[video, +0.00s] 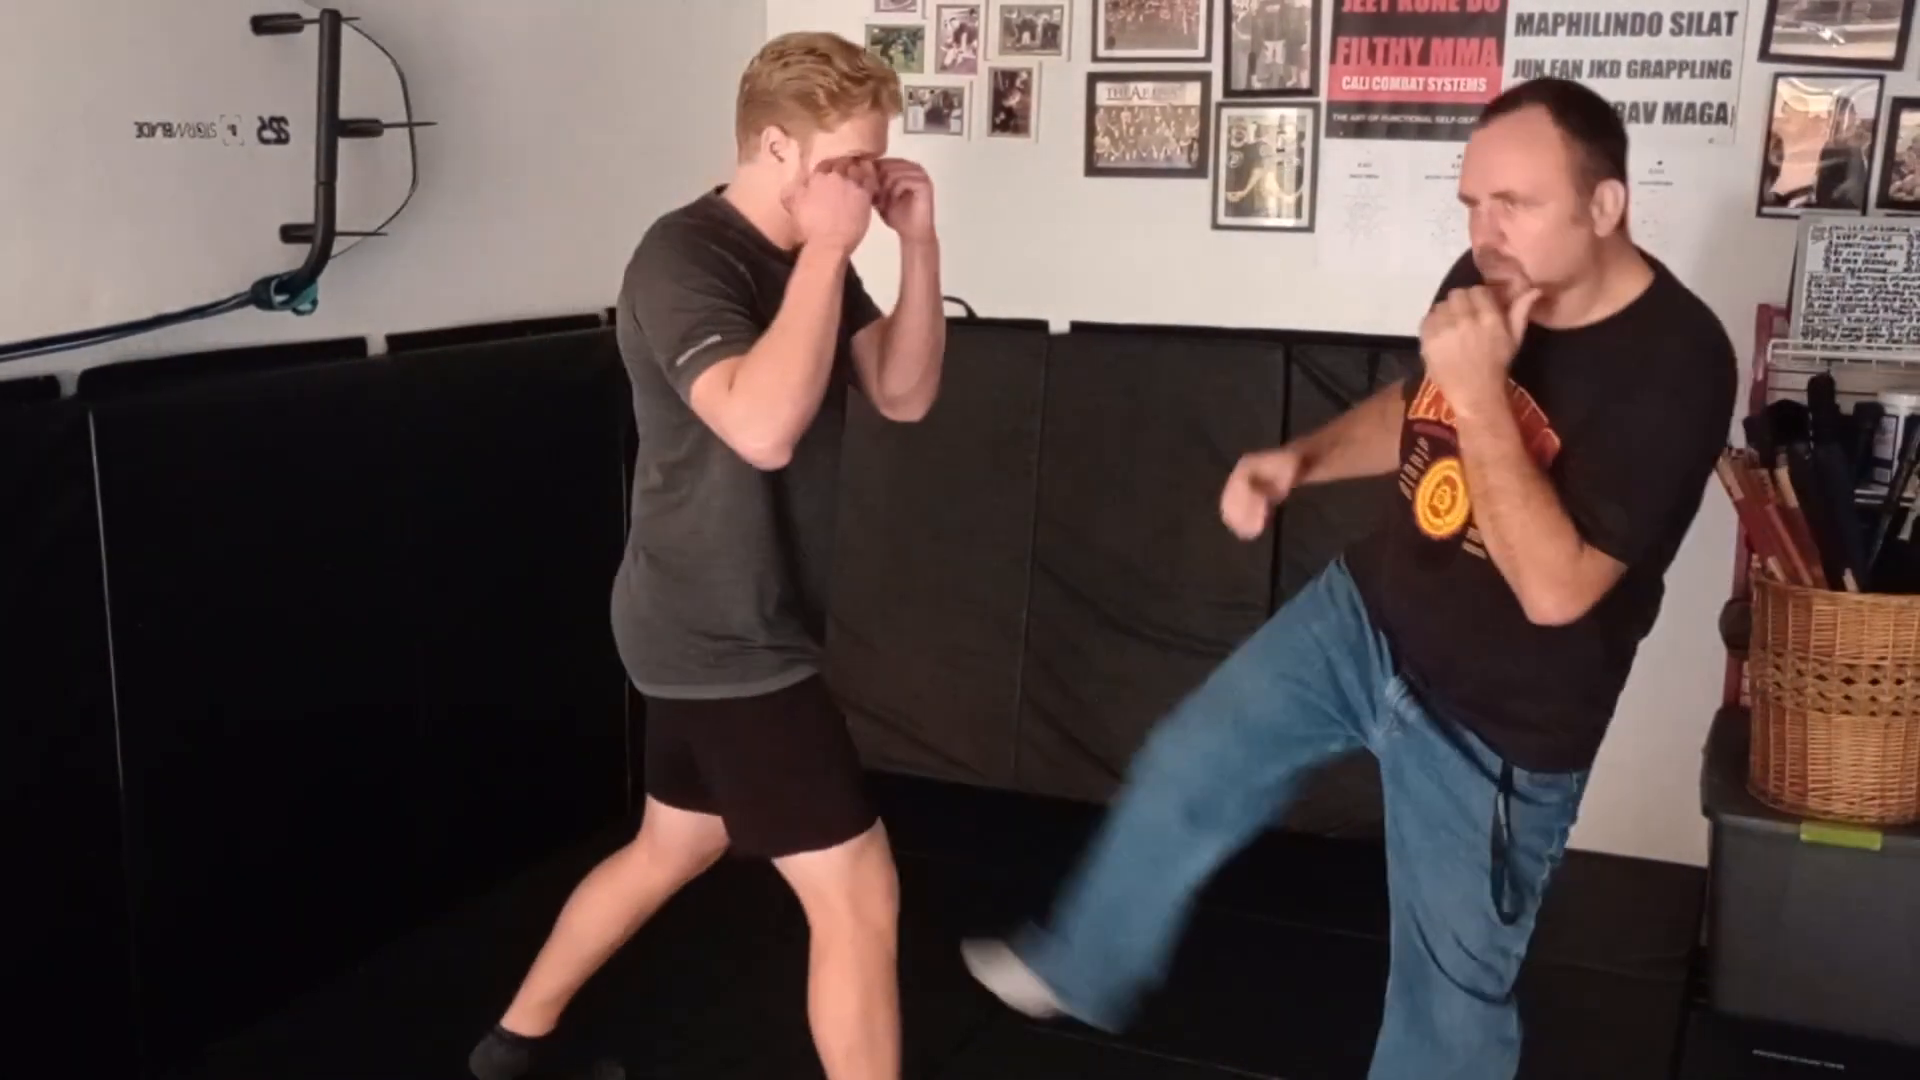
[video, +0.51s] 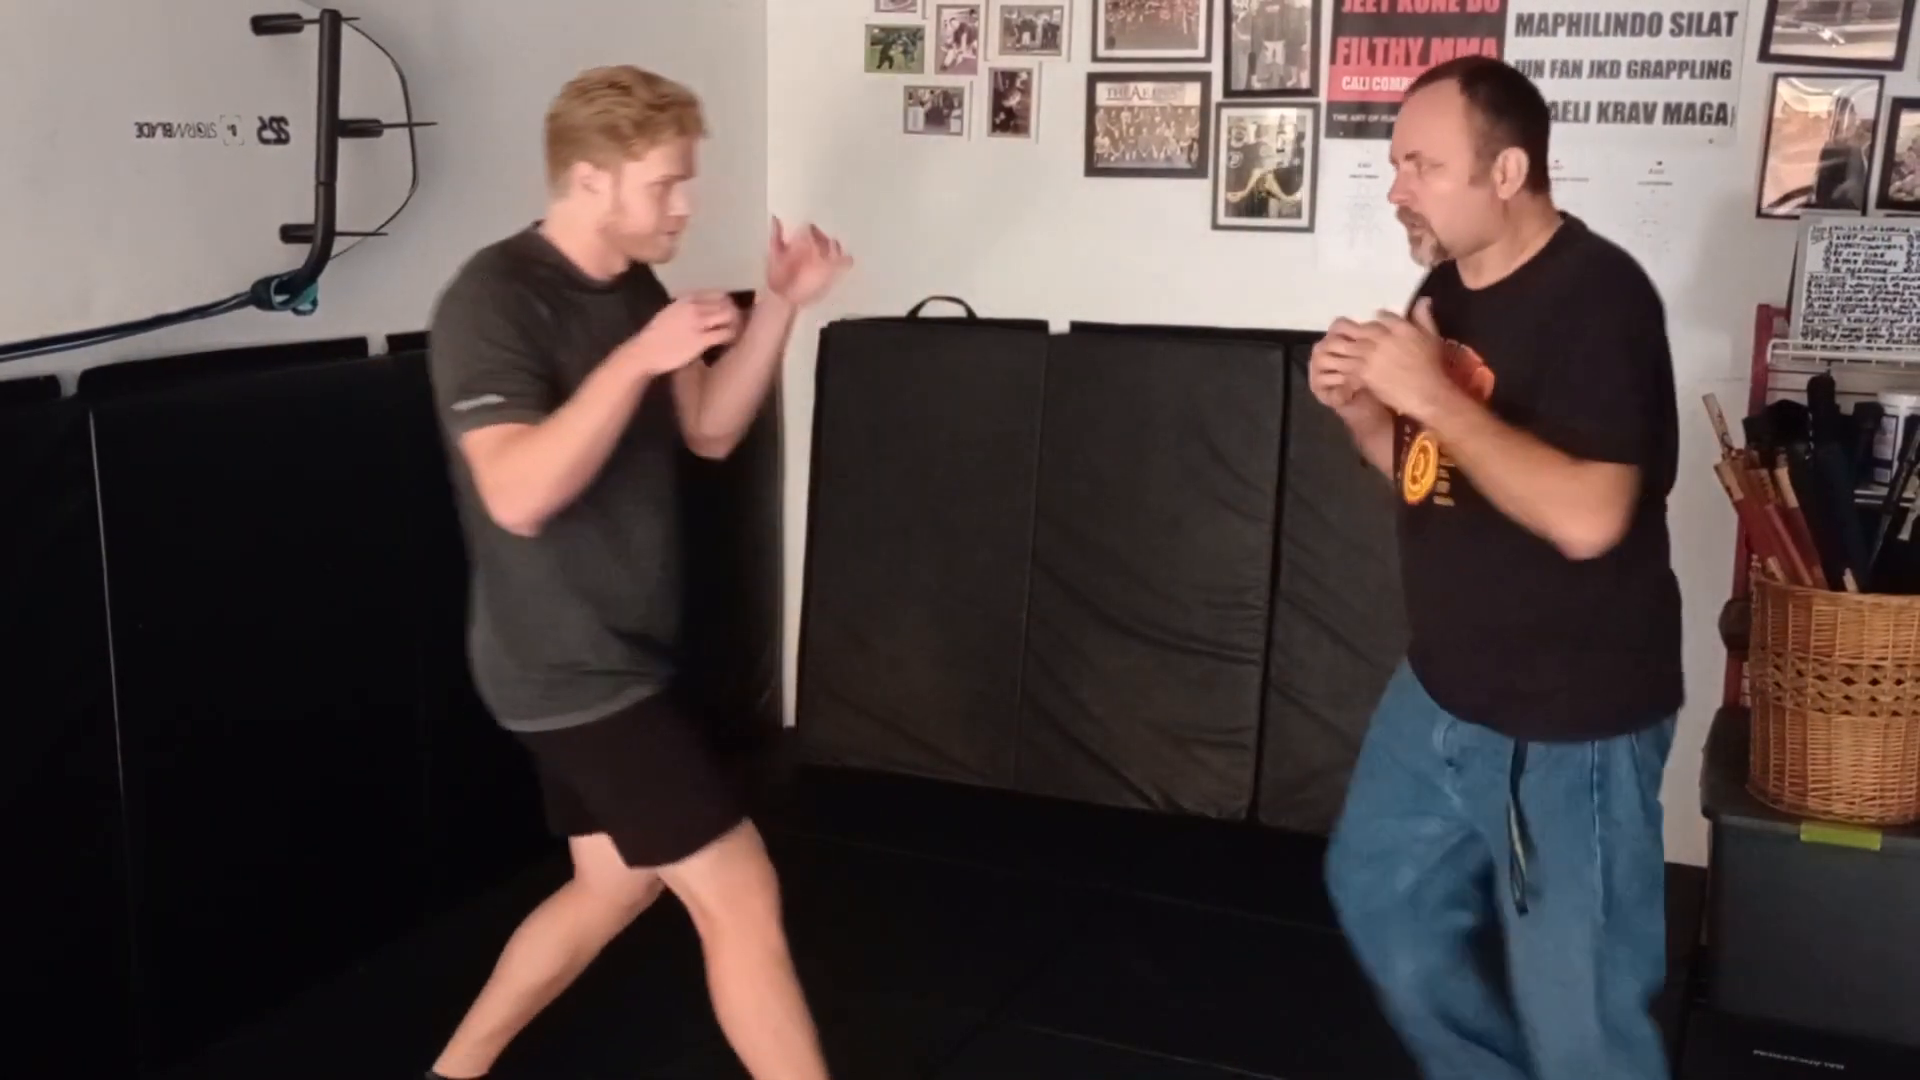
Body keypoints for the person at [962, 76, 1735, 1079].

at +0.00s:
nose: (1483, 235)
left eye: (1513, 205)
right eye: (1473, 205)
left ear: (1606, 206)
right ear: (1464, 199)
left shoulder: (1681, 364)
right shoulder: (1487, 288)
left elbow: (1561, 590)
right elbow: (1421, 410)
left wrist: (1476, 396)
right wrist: (1303, 459)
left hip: (1496, 743)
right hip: (1363, 618)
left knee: (1449, 1016)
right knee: (1186, 769)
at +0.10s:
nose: (1470, 213)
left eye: (1501, 184)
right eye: (1462, 183)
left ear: (1596, 189)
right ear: (1454, 183)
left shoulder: (1674, 352)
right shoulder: (1477, 276)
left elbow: (1581, 582)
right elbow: (1421, 424)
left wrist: (1471, 409)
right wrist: (1323, 429)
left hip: (1499, 754)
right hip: (1359, 658)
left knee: (1451, 1030)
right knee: (1241, 857)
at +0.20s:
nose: (1465, 197)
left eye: (1495, 170)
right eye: (1456, 166)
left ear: (1584, 180)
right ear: (1447, 165)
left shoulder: (1667, 339)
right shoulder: (1452, 280)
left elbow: (1629, 576)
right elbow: (1412, 451)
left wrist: (1471, 426)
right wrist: (1340, 432)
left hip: (1524, 760)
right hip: (1379, 706)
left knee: (1465, 1042)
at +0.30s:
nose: (1444, 193)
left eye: (1477, 167)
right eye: (1437, 165)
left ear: (1560, 181)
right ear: (1428, 167)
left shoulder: (1644, 333)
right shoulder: (1422, 293)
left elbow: (1664, 560)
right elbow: (1390, 469)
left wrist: (1473, 468)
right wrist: (1330, 462)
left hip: (1547, 748)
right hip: (1426, 718)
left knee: (1480, 1037)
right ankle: (1576, 1065)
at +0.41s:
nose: (1410, 190)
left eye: (1439, 165)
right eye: (1406, 164)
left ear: (1525, 177)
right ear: (1403, 165)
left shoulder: (1620, 303)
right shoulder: (1416, 296)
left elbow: (1656, 523)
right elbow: (1376, 486)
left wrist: (1462, 429)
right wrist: (1337, 443)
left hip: (1571, 733)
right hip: (1445, 710)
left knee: (1519, 1023)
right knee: (1470, 987)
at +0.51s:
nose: (1398, 195)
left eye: (1421, 170)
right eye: (1396, 168)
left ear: (1510, 173)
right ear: (1495, 172)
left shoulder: (1602, 295)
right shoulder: (1445, 291)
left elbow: (1591, 515)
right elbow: (1429, 481)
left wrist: (1435, 399)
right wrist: (1362, 412)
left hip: (1580, 724)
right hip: (1440, 691)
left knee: (1580, 1019)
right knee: (1383, 897)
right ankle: (1492, 1071)